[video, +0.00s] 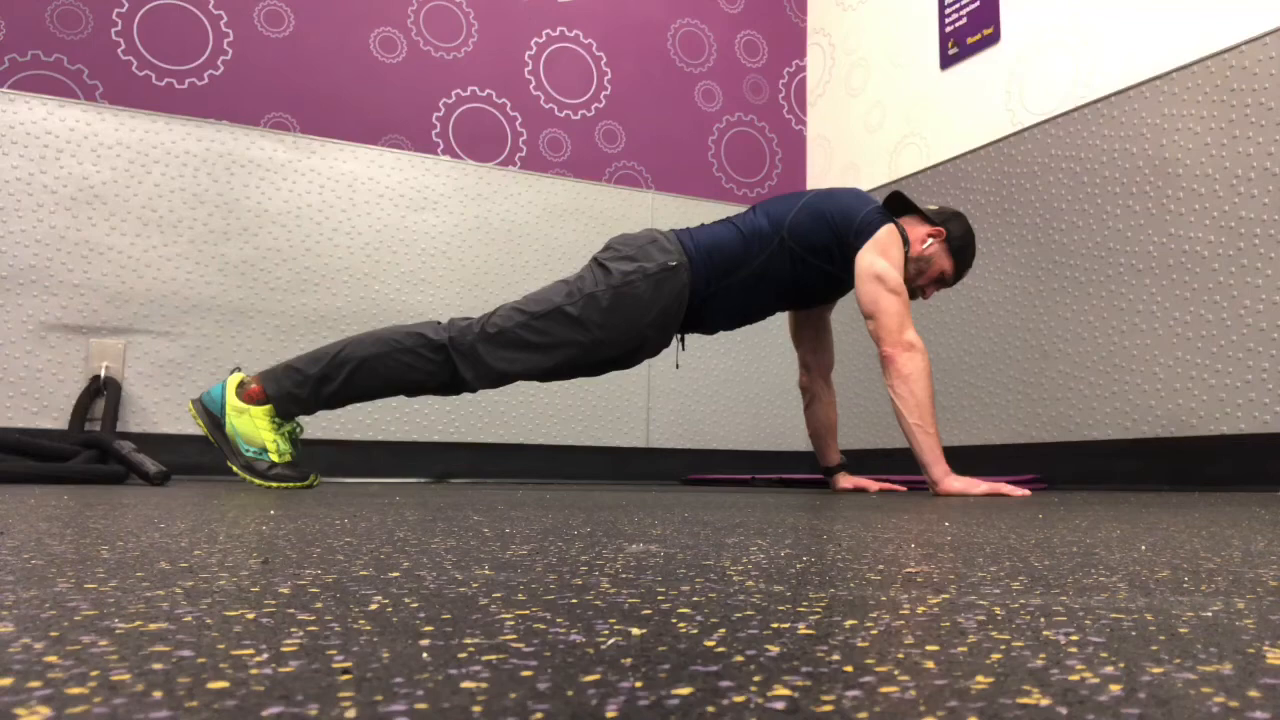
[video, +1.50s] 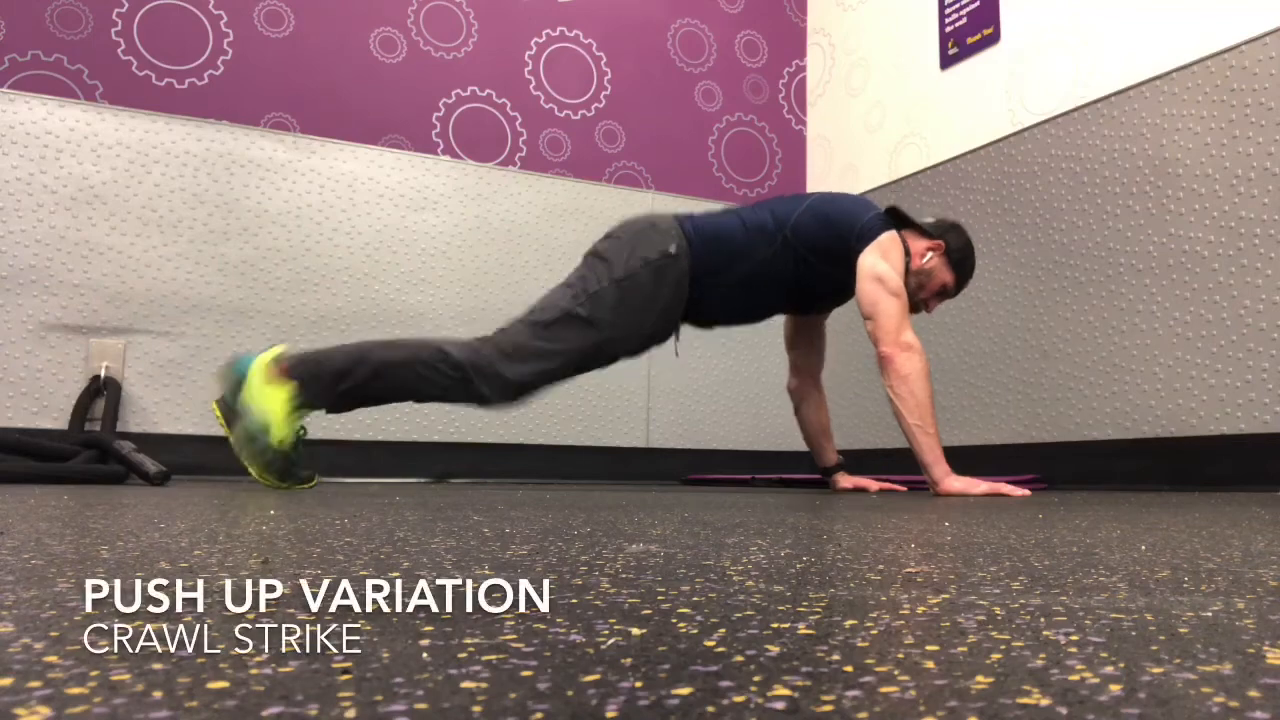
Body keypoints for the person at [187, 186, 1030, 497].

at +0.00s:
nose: (918, 290)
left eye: (930, 284)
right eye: (931, 271)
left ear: (911, 241)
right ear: (923, 232)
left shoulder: (834, 246)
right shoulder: (877, 224)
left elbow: (816, 368)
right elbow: (899, 344)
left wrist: (834, 470)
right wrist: (940, 473)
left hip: (654, 294)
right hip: (652, 283)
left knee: (473, 348)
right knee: (470, 350)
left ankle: (275, 398)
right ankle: (257, 397)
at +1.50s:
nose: (915, 299)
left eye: (927, 294)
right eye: (926, 282)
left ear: (907, 259)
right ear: (919, 245)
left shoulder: (830, 257)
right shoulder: (876, 227)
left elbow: (804, 374)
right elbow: (899, 346)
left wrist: (834, 470)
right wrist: (940, 473)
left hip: (658, 280)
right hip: (658, 262)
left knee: (496, 366)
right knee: (496, 367)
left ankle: (289, 387)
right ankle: (280, 382)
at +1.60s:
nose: (909, 304)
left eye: (921, 298)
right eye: (919, 287)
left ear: (904, 260)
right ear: (910, 249)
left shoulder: (829, 259)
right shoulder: (868, 233)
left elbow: (805, 376)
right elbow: (892, 348)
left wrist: (833, 469)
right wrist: (941, 471)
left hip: (637, 255)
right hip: (651, 231)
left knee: (499, 350)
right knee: (594, 378)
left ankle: (284, 400)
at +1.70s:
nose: (896, 297)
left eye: (908, 292)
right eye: (903, 280)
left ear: (896, 255)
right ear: (893, 241)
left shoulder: (818, 258)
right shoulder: (852, 225)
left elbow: (804, 375)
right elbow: (889, 340)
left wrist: (830, 466)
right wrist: (944, 459)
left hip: (629, 232)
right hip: (646, 203)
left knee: (492, 351)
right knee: (749, 302)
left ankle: (283, 403)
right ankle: (586, 399)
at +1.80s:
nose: (905, 266)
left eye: (914, 259)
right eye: (908, 245)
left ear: (886, 241)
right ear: (886, 206)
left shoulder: (818, 241)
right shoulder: (840, 195)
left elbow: (845, 325)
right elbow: (896, 306)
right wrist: (984, 403)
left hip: (631, 245)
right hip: (645, 201)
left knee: (501, 366)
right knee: (809, 254)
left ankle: (285, 405)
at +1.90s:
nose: (915, 232)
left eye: (923, 224)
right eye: (916, 213)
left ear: (889, 207)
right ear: (888, 181)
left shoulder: (816, 251)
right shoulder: (844, 175)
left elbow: (816, 361)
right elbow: (909, 256)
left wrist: (834, 467)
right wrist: (1007, 319)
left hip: (636, 267)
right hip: (649, 224)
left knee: (495, 390)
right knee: (833, 263)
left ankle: (286, 405)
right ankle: (913, 440)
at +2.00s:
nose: (914, 204)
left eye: (917, 196)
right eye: (910, 188)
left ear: (873, 181)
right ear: (882, 166)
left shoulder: (815, 241)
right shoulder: (836, 169)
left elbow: (818, 355)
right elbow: (912, 218)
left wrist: (832, 463)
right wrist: (1011, 234)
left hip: (649, 284)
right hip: (662, 240)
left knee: (495, 407)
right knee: (846, 255)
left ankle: (292, 404)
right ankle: (916, 440)